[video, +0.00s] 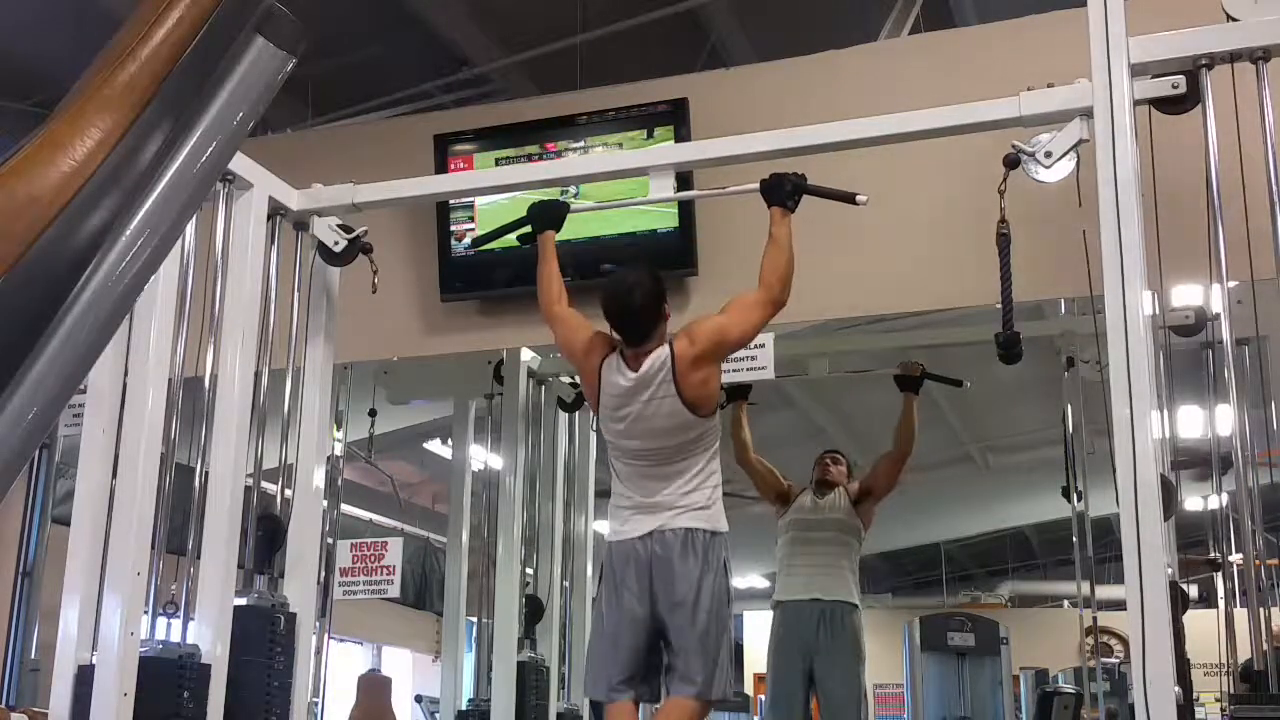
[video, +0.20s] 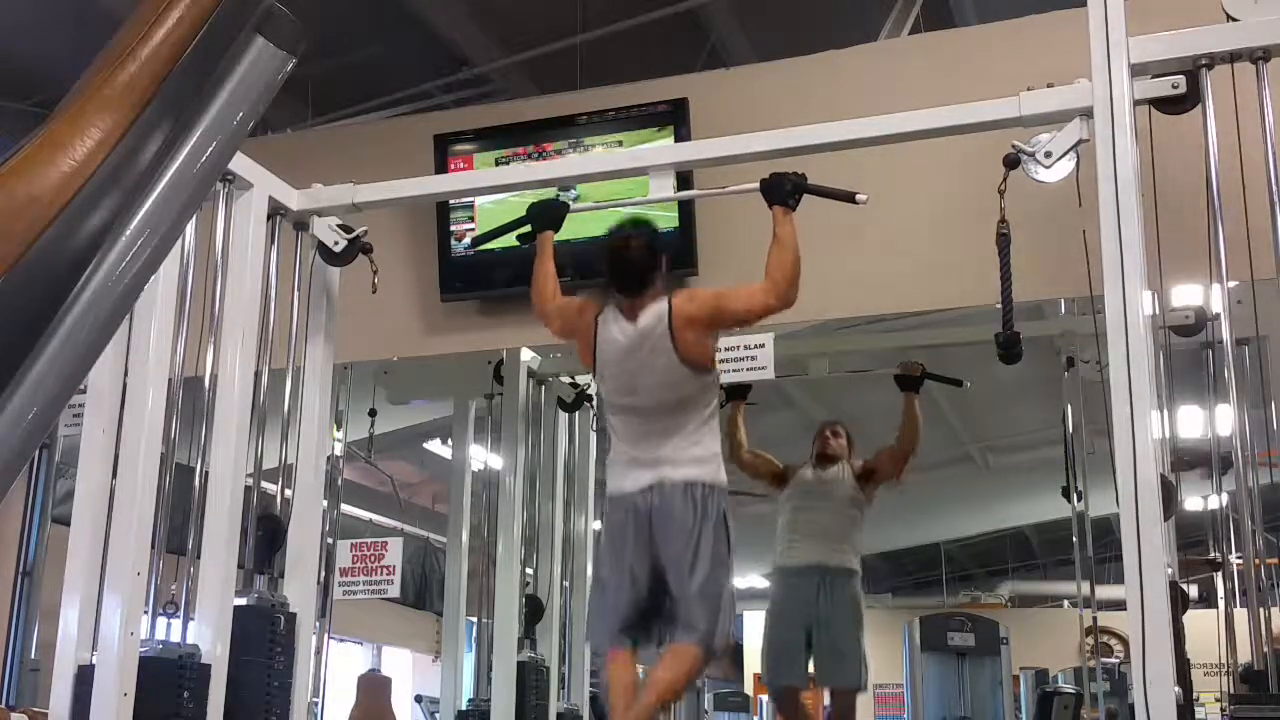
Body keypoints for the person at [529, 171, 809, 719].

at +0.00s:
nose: (668, 301)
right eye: (665, 296)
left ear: (610, 318)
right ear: (665, 310)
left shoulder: (594, 358)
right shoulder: (700, 346)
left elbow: (553, 305)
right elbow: (771, 295)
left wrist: (545, 235)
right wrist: (781, 211)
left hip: (626, 538)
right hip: (693, 534)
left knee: (618, 687)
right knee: (690, 684)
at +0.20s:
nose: (664, 263)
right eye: (663, 257)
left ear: (610, 273)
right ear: (663, 267)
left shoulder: (589, 323)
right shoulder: (693, 308)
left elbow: (547, 304)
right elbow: (778, 293)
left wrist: (544, 237)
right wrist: (784, 211)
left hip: (623, 491)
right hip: (691, 488)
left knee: (617, 633)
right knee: (698, 632)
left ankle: (622, 719)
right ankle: (635, 713)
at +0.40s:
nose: (663, 192)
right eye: (662, 186)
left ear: (609, 206)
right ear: (661, 198)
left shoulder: (585, 258)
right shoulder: (696, 247)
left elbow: (539, 306)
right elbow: (782, 283)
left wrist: (540, 238)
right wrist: (784, 209)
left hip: (627, 428)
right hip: (692, 424)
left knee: (625, 568)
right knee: (699, 564)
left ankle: (638, 696)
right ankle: (624, 695)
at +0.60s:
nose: (670, 154)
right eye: (668, 148)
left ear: (614, 174)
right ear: (667, 163)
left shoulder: (588, 226)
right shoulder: (700, 217)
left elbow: (541, 296)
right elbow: (773, 275)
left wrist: (540, 230)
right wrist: (784, 204)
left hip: (631, 393)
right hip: (696, 386)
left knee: (642, 537)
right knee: (704, 533)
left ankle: (661, 673)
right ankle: (640, 670)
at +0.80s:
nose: (667, 206)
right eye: (665, 199)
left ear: (611, 219)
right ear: (664, 212)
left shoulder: (590, 272)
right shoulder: (699, 261)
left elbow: (540, 306)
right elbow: (787, 282)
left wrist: (542, 235)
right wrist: (786, 209)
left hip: (629, 451)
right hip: (694, 445)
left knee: (640, 596)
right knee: (709, 593)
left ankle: (659, 716)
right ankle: (651, 713)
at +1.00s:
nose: (672, 282)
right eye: (668, 275)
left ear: (610, 292)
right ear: (666, 284)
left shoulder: (591, 334)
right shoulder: (700, 326)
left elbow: (546, 301)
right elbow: (781, 293)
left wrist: (543, 234)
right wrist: (784, 210)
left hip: (629, 516)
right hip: (695, 512)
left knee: (626, 663)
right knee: (706, 658)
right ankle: (657, 717)